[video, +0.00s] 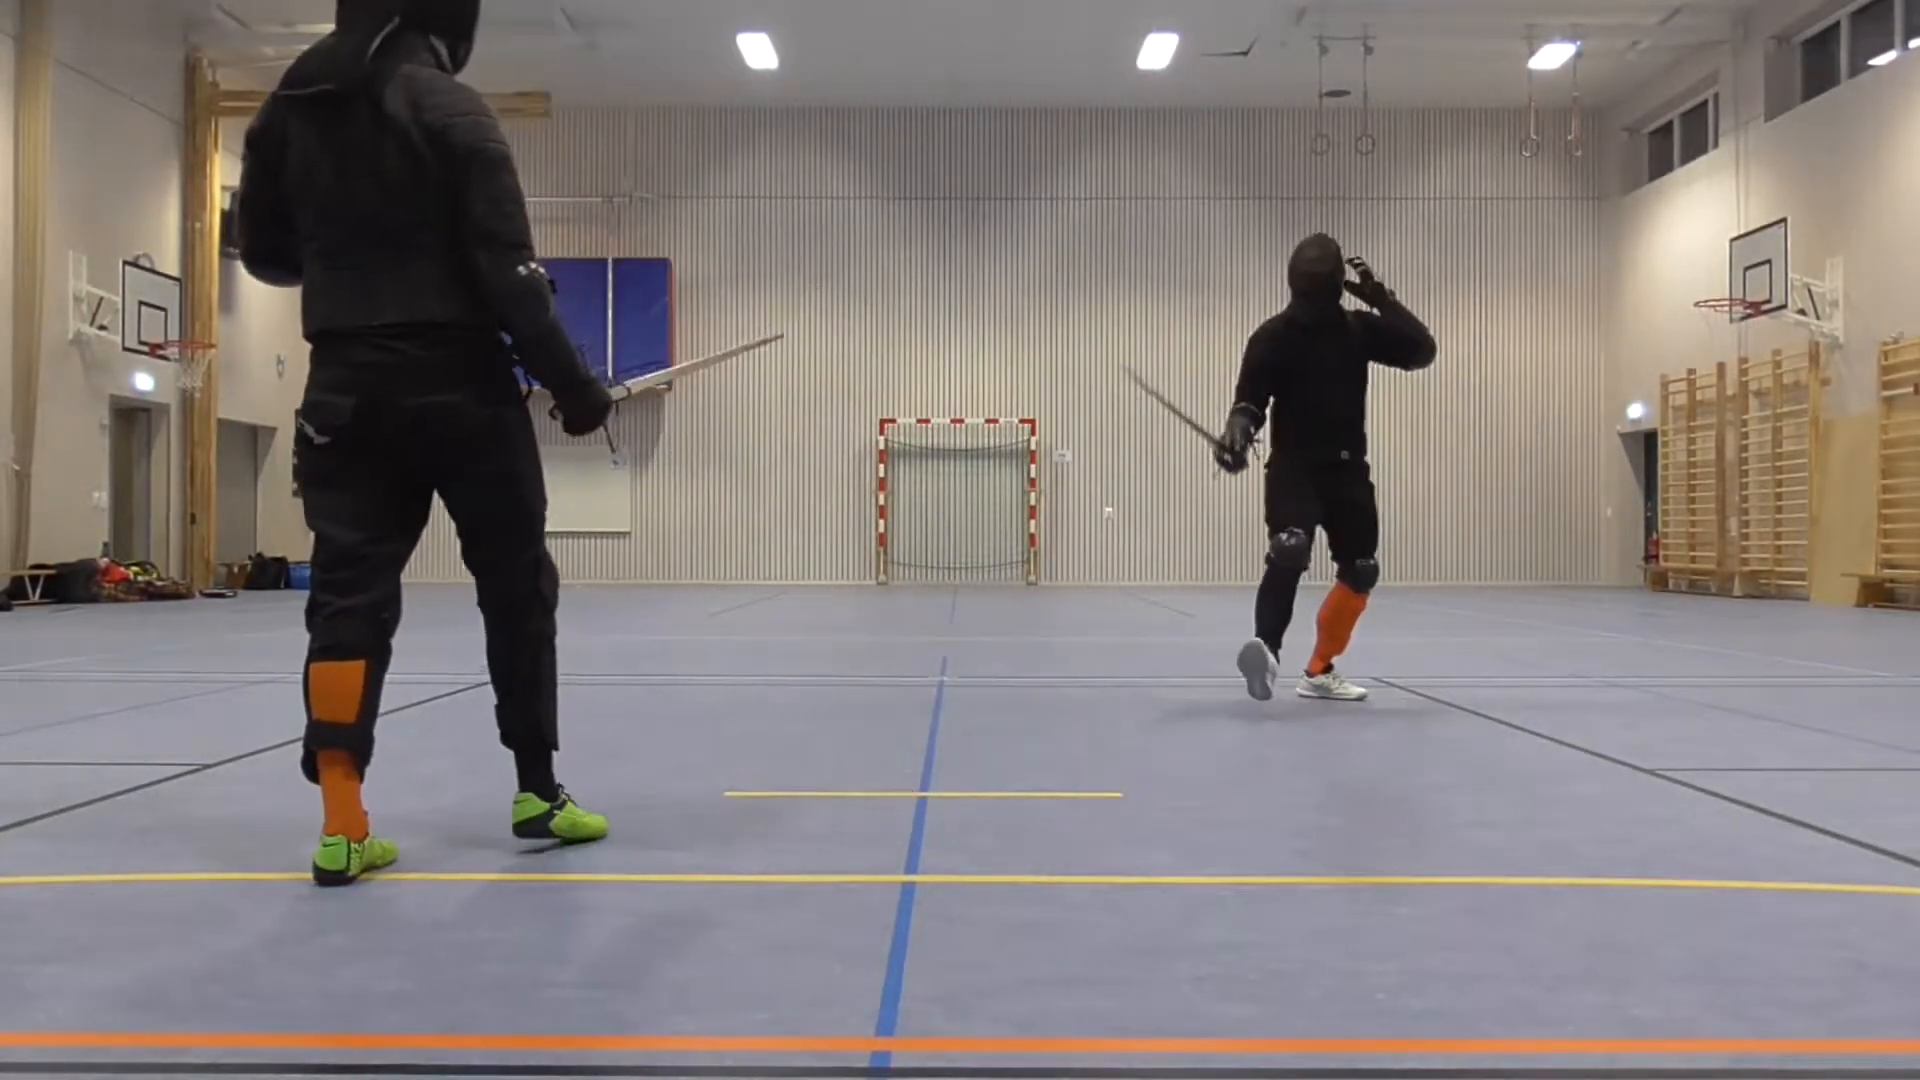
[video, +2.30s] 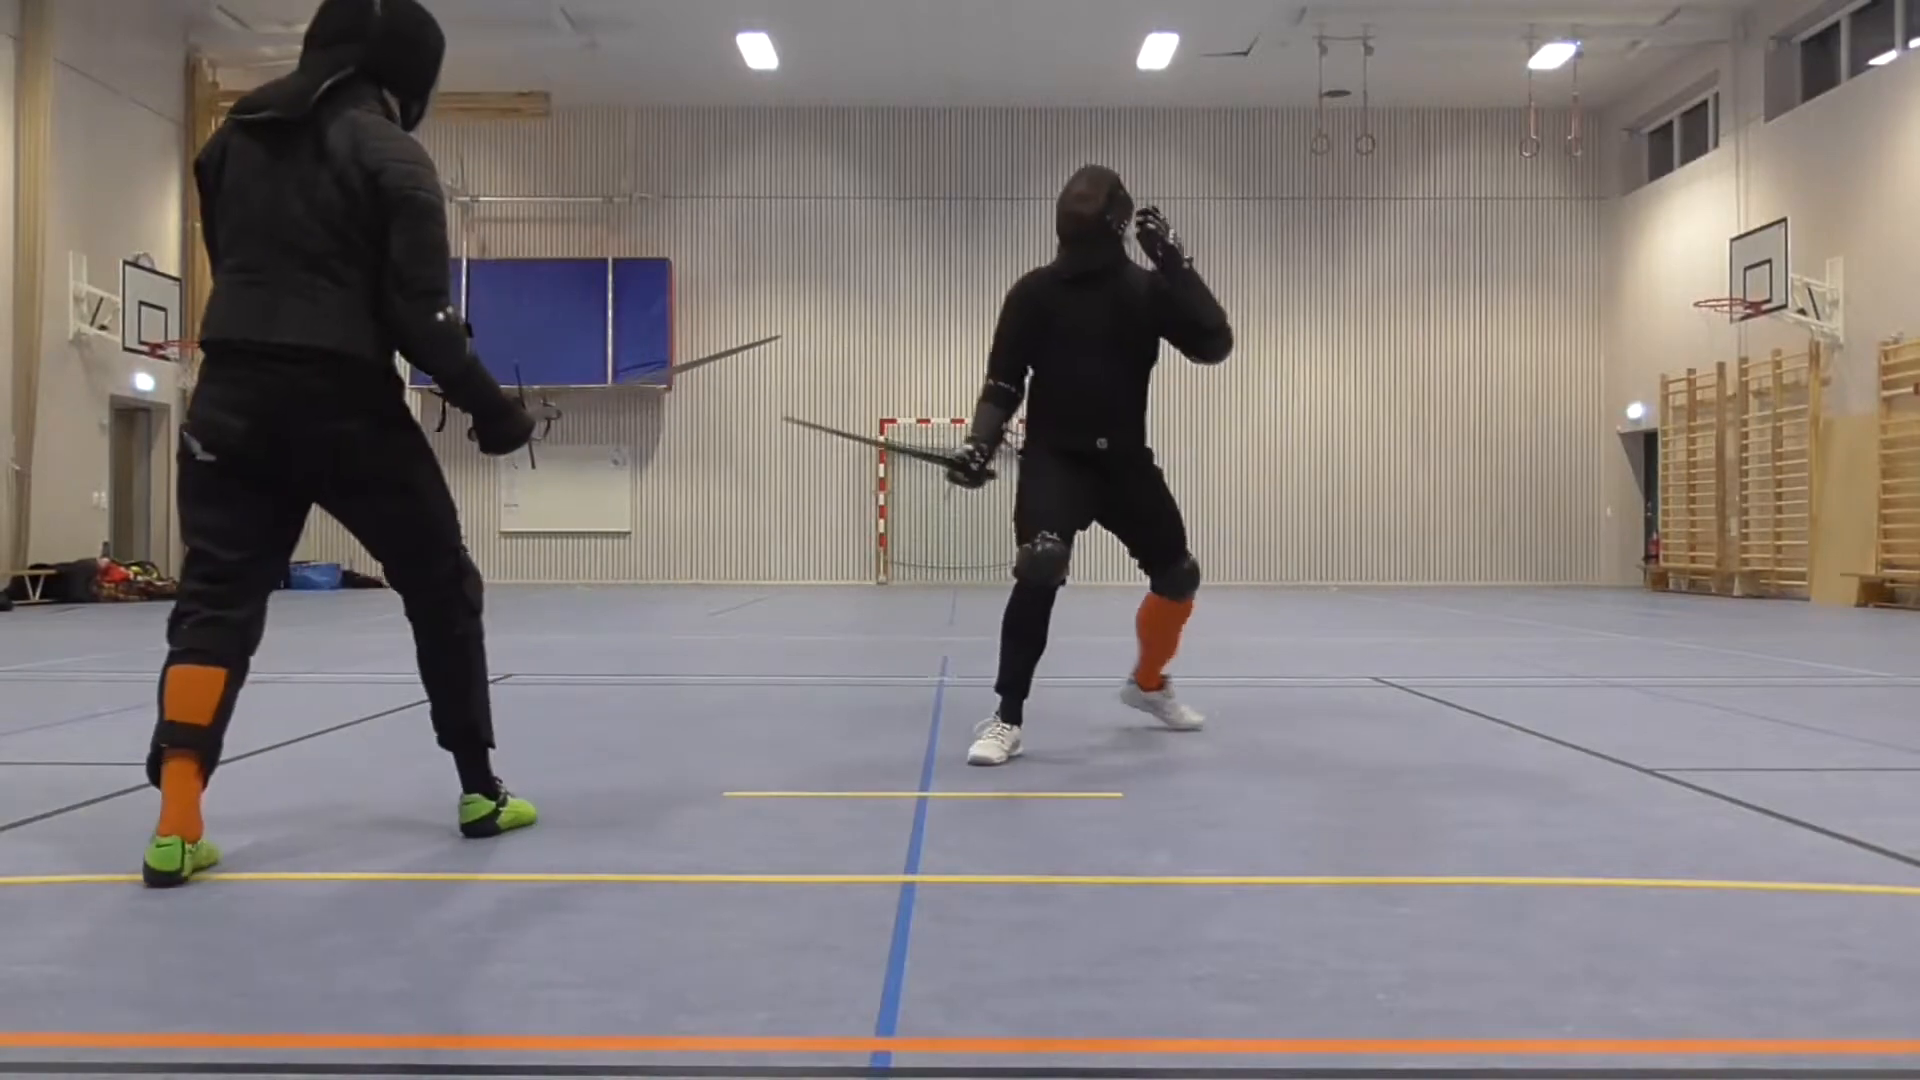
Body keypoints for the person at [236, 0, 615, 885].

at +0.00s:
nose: (469, 39)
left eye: (468, 26)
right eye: (466, 24)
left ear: (359, 14)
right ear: (440, 19)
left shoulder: (288, 108)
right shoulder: (451, 109)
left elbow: (267, 252)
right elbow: (508, 271)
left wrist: (358, 246)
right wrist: (577, 383)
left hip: (346, 388)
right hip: (464, 385)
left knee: (346, 595)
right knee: (516, 581)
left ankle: (342, 832)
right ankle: (537, 791)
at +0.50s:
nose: (564, 78)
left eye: (561, 59)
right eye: (560, 61)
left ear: (462, 43)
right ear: (540, 55)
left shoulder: (386, 142)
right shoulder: (545, 151)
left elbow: (368, 262)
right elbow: (585, 315)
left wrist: (465, 264)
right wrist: (644, 420)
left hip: (410, 397)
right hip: (524, 404)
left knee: (384, 594)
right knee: (583, 590)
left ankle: (346, 824)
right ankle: (636, 780)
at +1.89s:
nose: (522, 123)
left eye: (523, 109)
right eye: (520, 108)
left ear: (427, 82)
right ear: (499, 99)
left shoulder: (345, 169)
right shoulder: (500, 183)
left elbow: (339, 279)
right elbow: (537, 332)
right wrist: (598, 419)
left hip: (345, 412)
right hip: (452, 419)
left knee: (300, 592)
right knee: (539, 583)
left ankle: (215, 778)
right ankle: (545, 785)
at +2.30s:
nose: (425, 100)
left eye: (426, 83)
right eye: (423, 82)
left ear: (326, 52)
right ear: (397, 71)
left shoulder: (235, 142)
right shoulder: (394, 157)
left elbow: (232, 268)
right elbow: (421, 317)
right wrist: (494, 409)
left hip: (233, 399)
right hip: (348, 406)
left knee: (216, 597)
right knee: (441, 583)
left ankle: (176, 827)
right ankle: (479, 788)